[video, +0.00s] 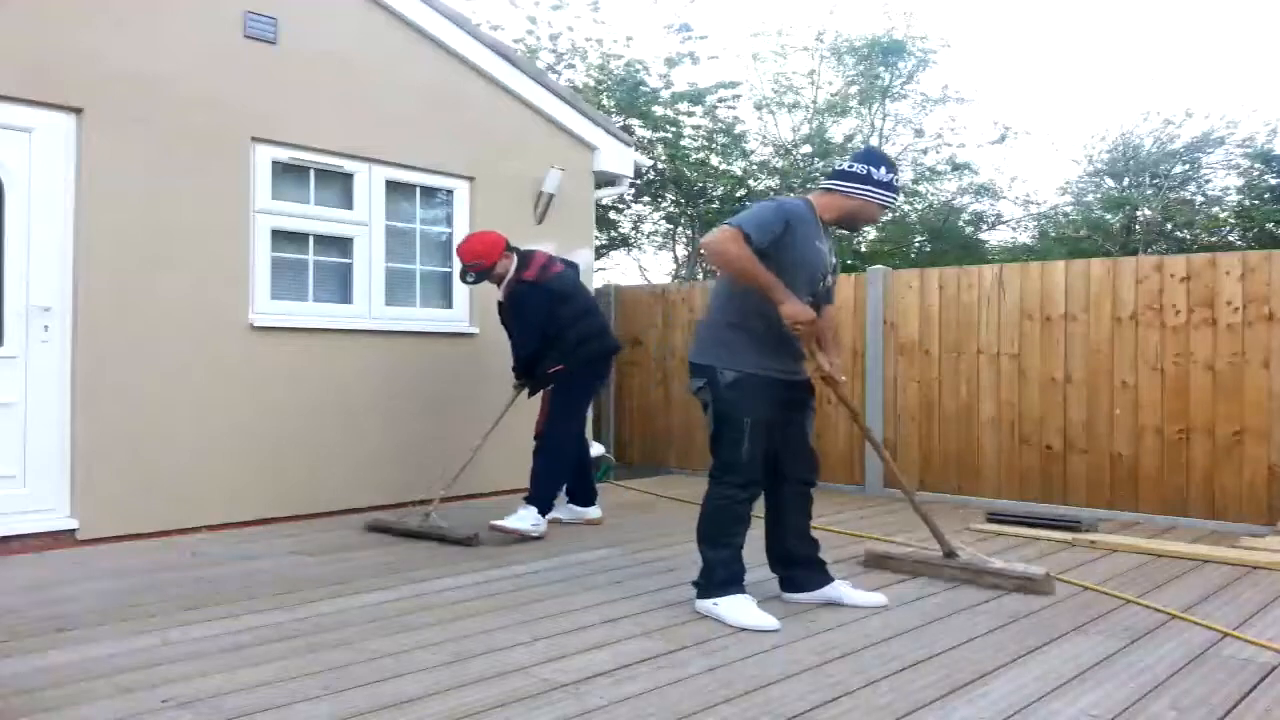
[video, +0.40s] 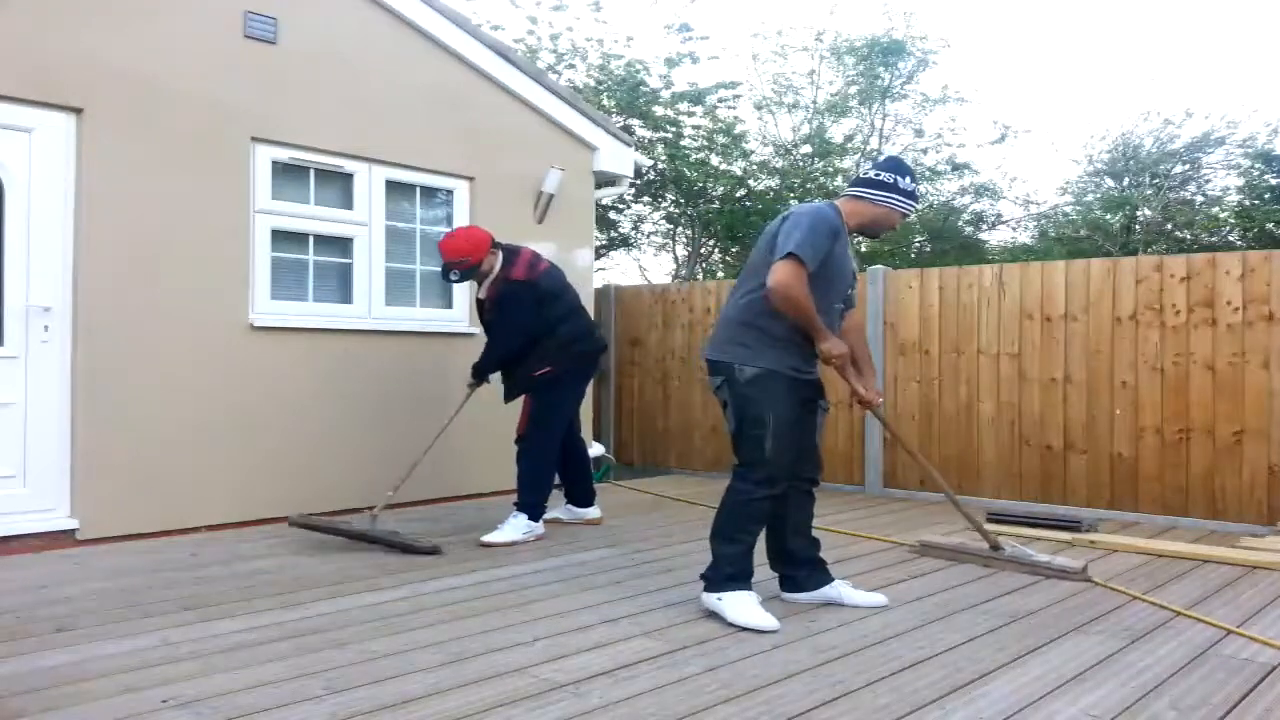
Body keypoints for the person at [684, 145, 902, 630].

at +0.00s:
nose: (877, 219)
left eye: (882, 211)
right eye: (880, 209)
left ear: (852, 192)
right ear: (860, 194)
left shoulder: (825, 250)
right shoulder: (786, 211)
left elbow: (819, 311)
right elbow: (719, 243)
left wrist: (828, 355)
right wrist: (783, 298)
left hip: (786, 374)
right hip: (735, 367)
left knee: (794, 478)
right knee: (736, 478)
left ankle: (803, 580)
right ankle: (718, 589)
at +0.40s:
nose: (899, 224)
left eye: (904, 216)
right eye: (900, 213)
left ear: (871, 197)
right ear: (881, 199)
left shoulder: (843, 257)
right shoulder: (817, 217)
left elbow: (849, 321)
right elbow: (783, 283)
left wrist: (866, 377)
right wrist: (824, 336)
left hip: (792, 368)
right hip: (752, 361)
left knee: (798, 474)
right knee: (762, 471)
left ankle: (803, 579)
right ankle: (724, 584)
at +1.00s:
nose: (859, 210)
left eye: (863, 202)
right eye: (859, 199)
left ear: (831, 185)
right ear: (834, 185)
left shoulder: (812, 242)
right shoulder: (755, 208)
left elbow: (820, 302)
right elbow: (679, 238)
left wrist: (824, 343)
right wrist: (758, 272)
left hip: (782, 373)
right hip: (725, 368)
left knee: (789, 479)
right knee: (721, 481)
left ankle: (802, 580)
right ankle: (704, 593)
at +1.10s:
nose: (856, 211)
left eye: (860, 202)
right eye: (857, 199)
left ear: (826, 185)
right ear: (831, 185)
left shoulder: (811, 239)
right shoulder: (747, 208)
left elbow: (814, 300)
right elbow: (666, 235)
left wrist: (812, 345)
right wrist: (740, 270)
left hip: (777, 372)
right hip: (715, 367)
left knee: (797, 472)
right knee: (714, 478)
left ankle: (803, 579)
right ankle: (702, 592)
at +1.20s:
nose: (856, 211)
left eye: (861, 202)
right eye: (857, 199)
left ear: (827, 185)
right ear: (831, 185)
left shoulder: (812, 242)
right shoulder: (746, 208)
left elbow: (812, 303)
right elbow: (666, 239)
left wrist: (813, 352)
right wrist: (739, 283)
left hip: (775, 372)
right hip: (713, 366)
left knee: (801, 470)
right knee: (712, 478)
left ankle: (810, 580)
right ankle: (703, 593)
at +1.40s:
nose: (868, 216)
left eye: (873, 208)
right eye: (870, 206)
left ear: (843, 188)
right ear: (847, 189)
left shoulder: (823, 242)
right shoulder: (759, 211)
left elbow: (823, 308)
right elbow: (697, 264)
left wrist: (833, 364)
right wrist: (774, 309)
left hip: (776, 372)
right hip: (713, 365)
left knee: (797, 482)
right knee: (709, 481)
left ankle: (817, 591)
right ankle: (702, 593)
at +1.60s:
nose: (893, 218)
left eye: (898, 209)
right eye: (894, 206)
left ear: (868, 190)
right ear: (870, 190)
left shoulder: (849, 245)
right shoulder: (781, 216)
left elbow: (853, 318)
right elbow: (747, 285)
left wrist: (872, 385)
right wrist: (821, 327)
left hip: (790, 373)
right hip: (725, 367)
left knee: (810, 481)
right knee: (716, 482)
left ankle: (819, 594)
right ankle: (702, 592)